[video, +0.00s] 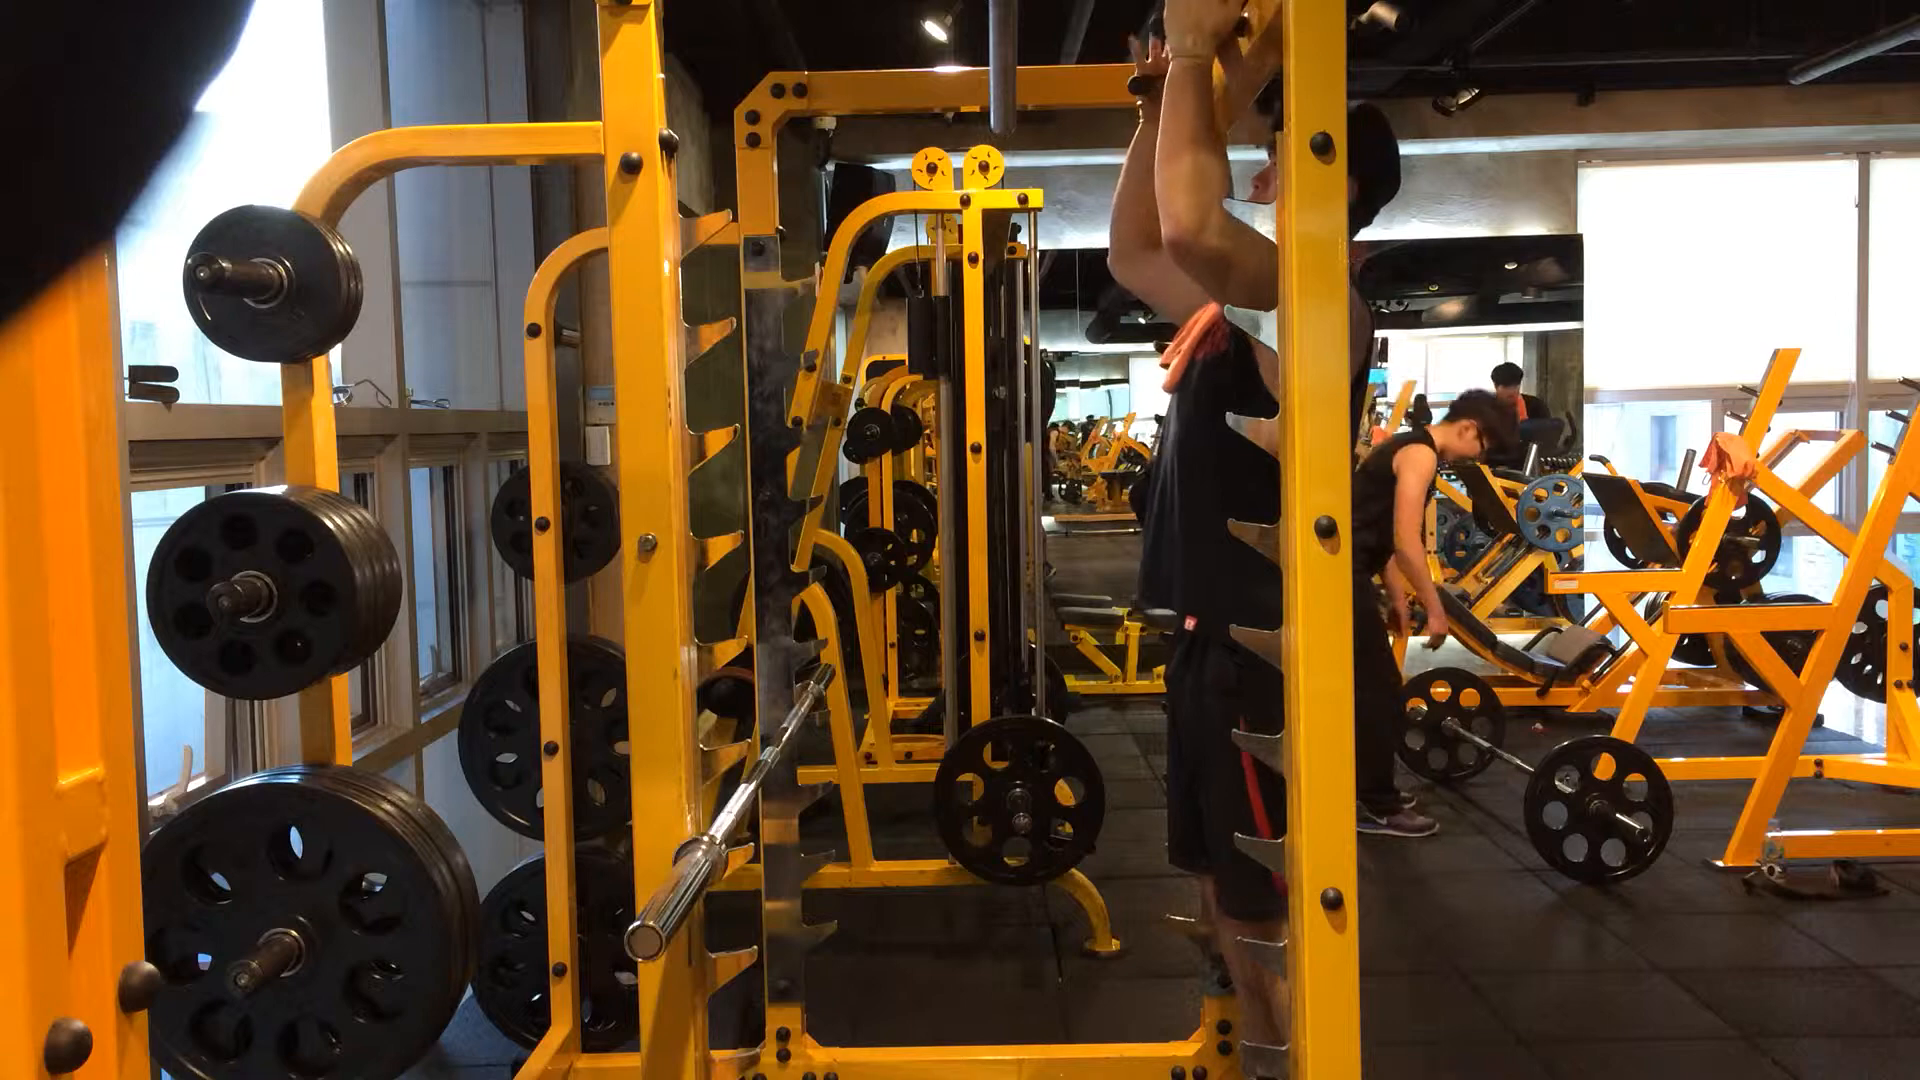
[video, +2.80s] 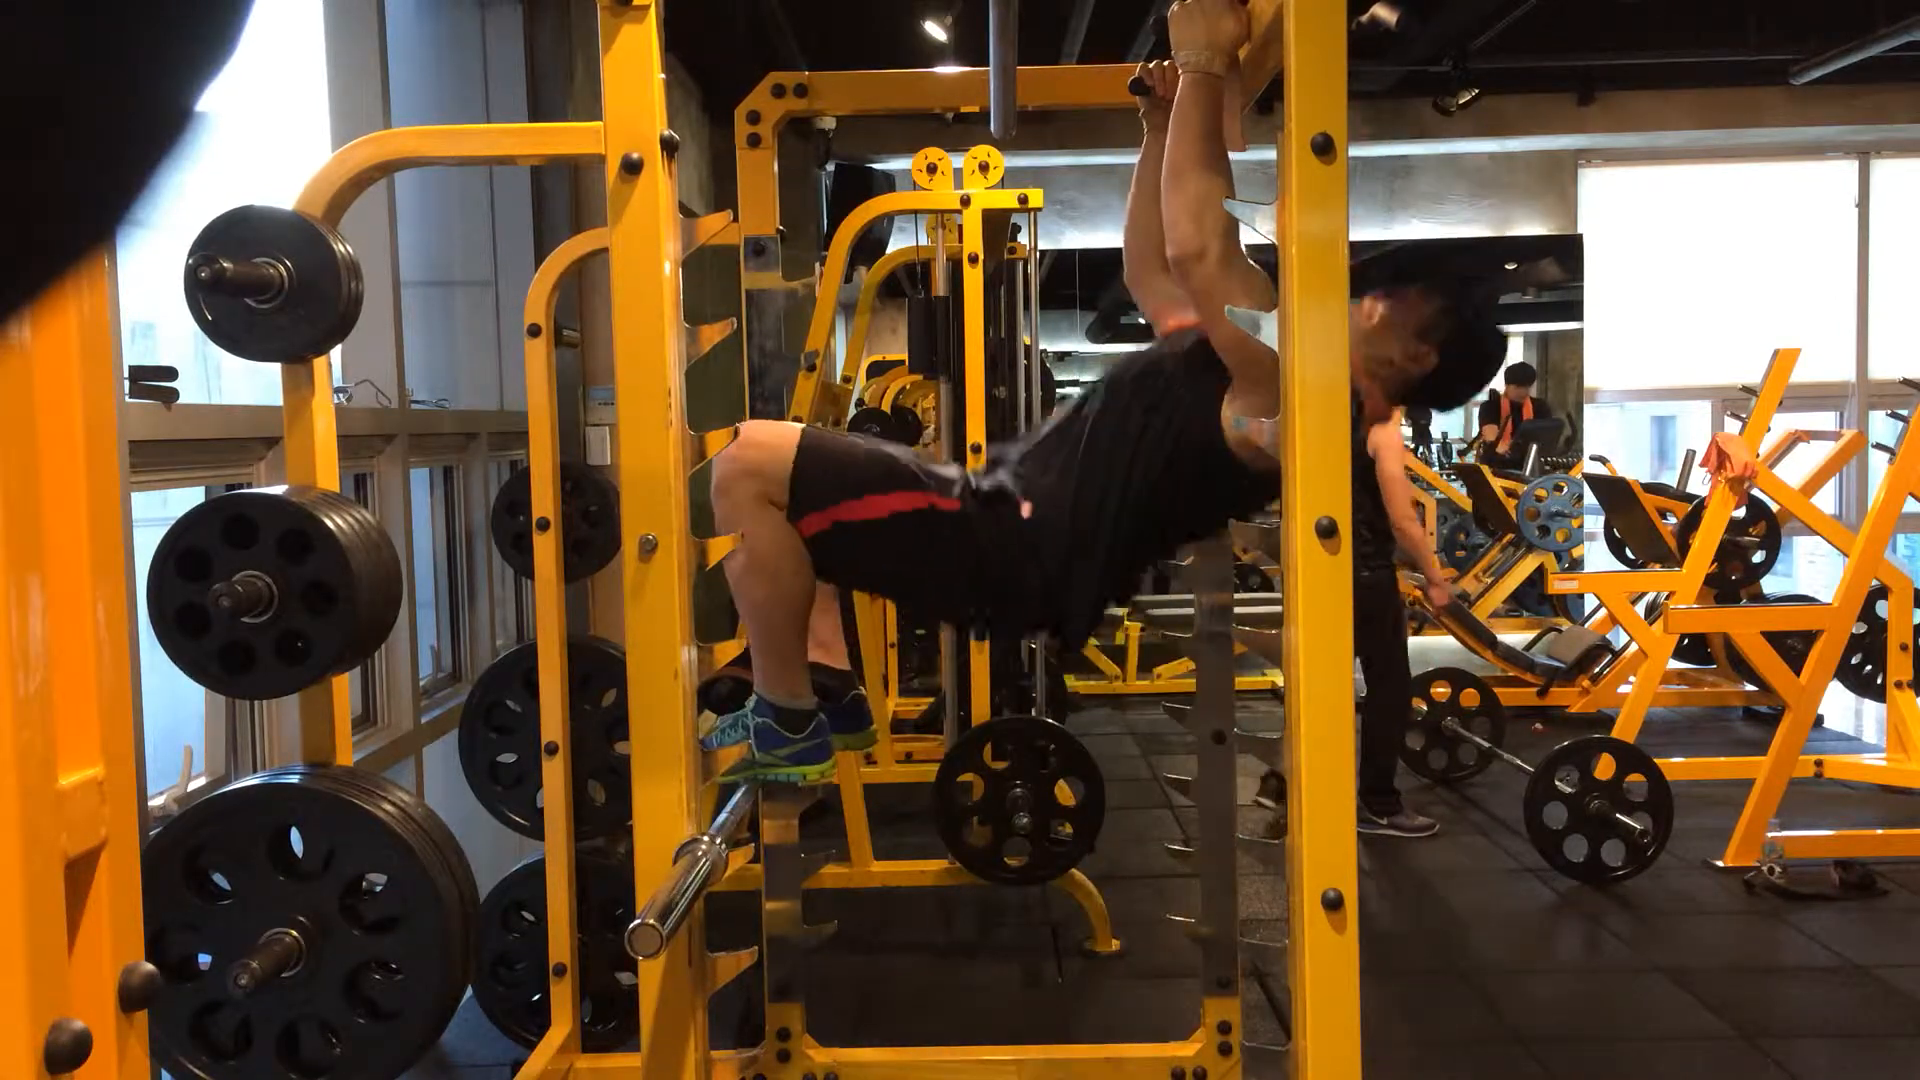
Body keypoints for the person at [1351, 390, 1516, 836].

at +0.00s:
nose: (1475, 458)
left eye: (1481, 452)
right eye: (1481, 447)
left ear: (1459, 425)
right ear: (1467, 426)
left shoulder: (1407, 448)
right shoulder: (1420, 453)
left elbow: (1381, 535)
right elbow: (1406, 540)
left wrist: (1397, 597)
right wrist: (1434, 608)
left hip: (1349, 574)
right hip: (1344, 576)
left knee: (1376, 682)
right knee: (1381, 685)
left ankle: (1375, 785)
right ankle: (1377, 801)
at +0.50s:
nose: (1497, 526)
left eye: (1506, 524)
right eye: (1506, 519)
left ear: (1498, 489)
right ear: (1501, 492)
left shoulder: (1438, 491)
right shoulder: (1449, 504)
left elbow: (1402, 575)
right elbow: (1425, 584)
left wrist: (1407, 638)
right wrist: (1440, 661)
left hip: (1344, 584)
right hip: (1340, 586)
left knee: (1386, 682)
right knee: (1385, 685)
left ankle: (1377, 790)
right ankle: (1377, 802)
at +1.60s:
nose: (1491, 457)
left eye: (1499, 452)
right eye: (1497, 447)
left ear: (1479, 425)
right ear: (1483, 425)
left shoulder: (1427, 451)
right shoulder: (1433, 457)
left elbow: (1397, 536)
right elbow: (1407, 534)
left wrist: (1414, 594)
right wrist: (1442, 593)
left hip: (1355, 577)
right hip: (1352, 579)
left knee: (1379, 683)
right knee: (1386, 685)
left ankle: (1374, 791)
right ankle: (1378, 800)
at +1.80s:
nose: (1476, 418)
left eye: (1481, 409)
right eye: (1478, 407)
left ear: (1452, 393)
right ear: (1458, 393)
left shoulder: (1410, 428)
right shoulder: (1417, 435)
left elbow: (1392, 522)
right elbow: (1401, 522)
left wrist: (1416, 582)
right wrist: (1430, 585)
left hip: (1360, 572)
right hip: (1360, 576)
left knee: (1376, 682)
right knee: (1386, 684)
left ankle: (1372, 792)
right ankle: (1378, 801)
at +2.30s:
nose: (1431, 381)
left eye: (1432, 373)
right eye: (1427, 371)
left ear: (1398, 378)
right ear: (1402, 374)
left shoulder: (1366, 422)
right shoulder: (1392, 426)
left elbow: (1387, 513)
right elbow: (1403, 513)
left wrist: (1415, 568)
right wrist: (1440, 575)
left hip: (1357, 571)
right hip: (1378, 575)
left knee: (1373, 682)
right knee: (1392, 683)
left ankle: (1370, 793)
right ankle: (1377, 800)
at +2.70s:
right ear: (1393, 396)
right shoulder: (1389, 432)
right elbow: (1405, 516)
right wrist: (1440, 578)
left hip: (1329, 574)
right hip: (1373, 579)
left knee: (1335, 685)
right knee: (1393, 684)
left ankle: (1317, 790)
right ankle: (1379, 801)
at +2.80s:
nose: (1396, 399)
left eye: (1396, 392)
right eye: (1393, 391)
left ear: (1349, 381)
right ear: (1378, 385)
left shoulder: (1318, 423)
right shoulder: (1379, 426)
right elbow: (1401, 518)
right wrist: (1433, 576)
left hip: (1320, 574)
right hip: (1369, 577)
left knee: (1320, 688)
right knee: (1390, 689)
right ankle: (1379, 802)